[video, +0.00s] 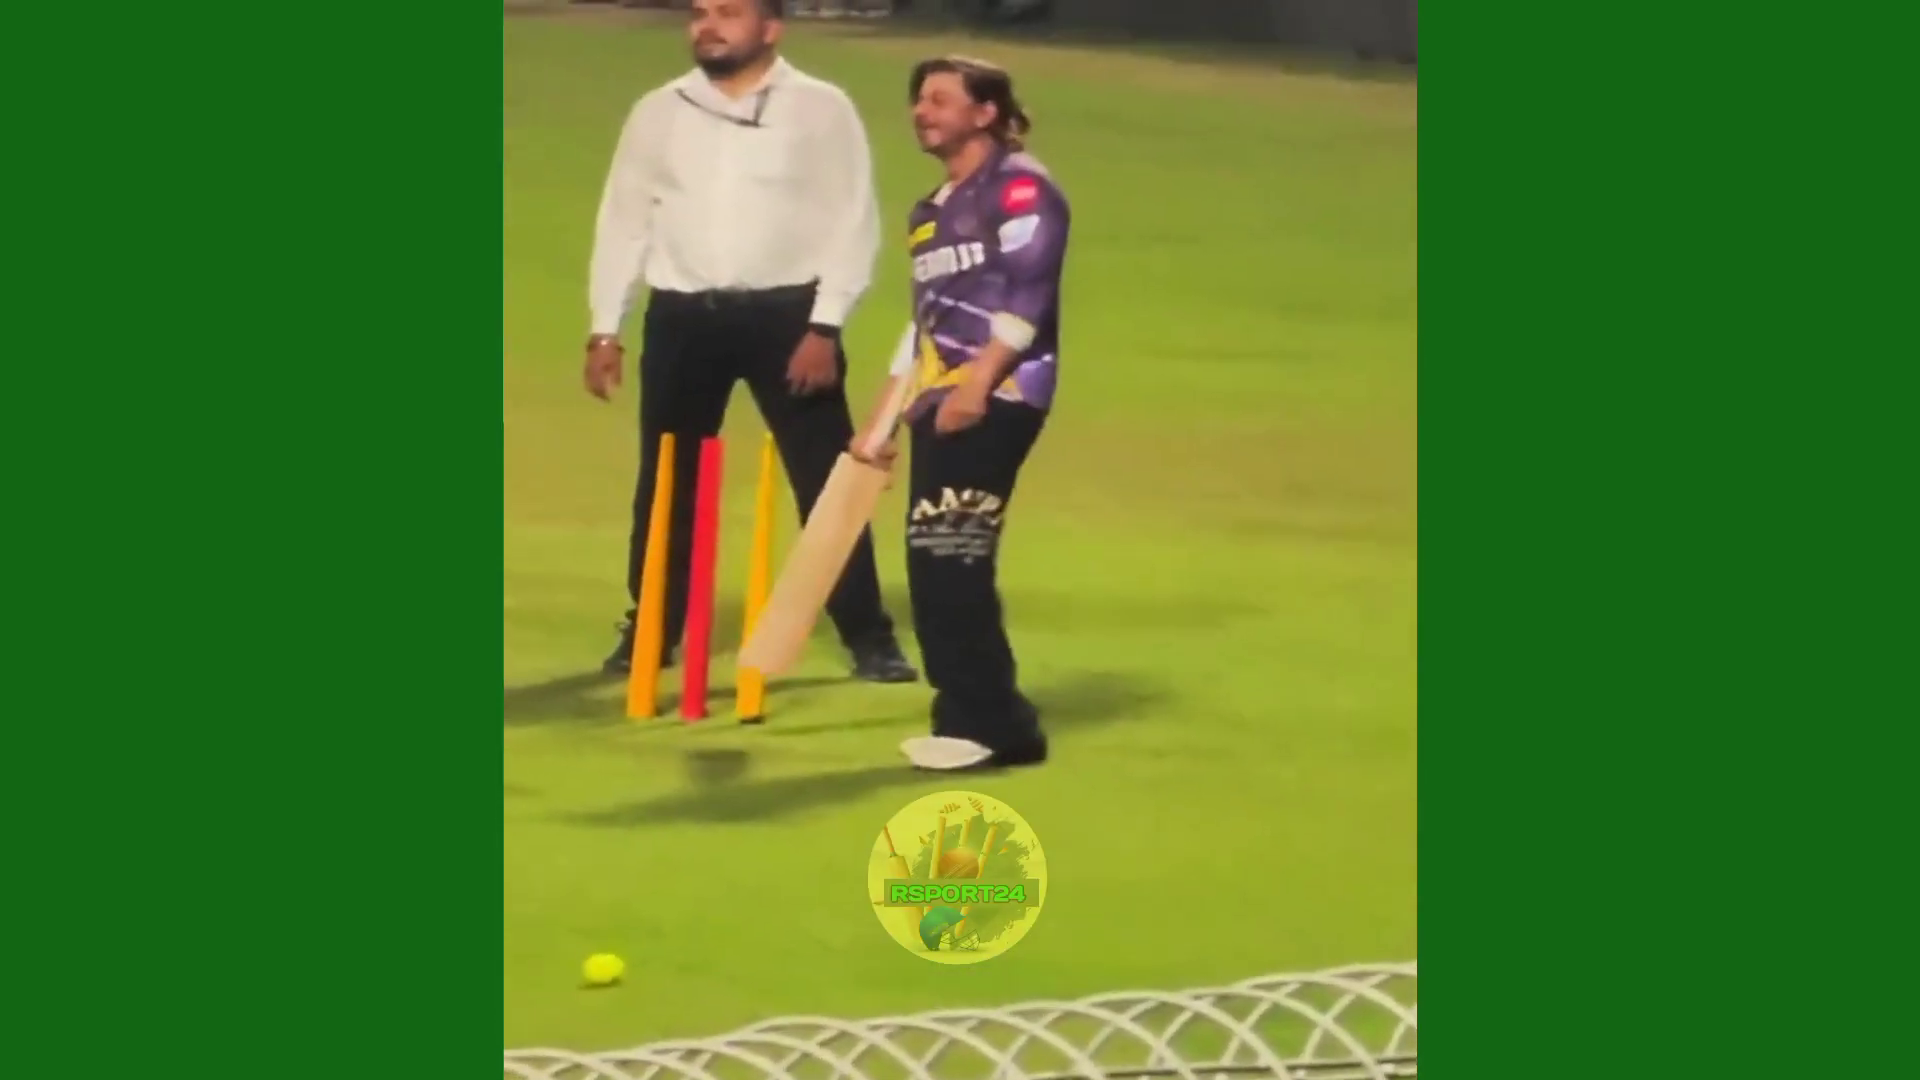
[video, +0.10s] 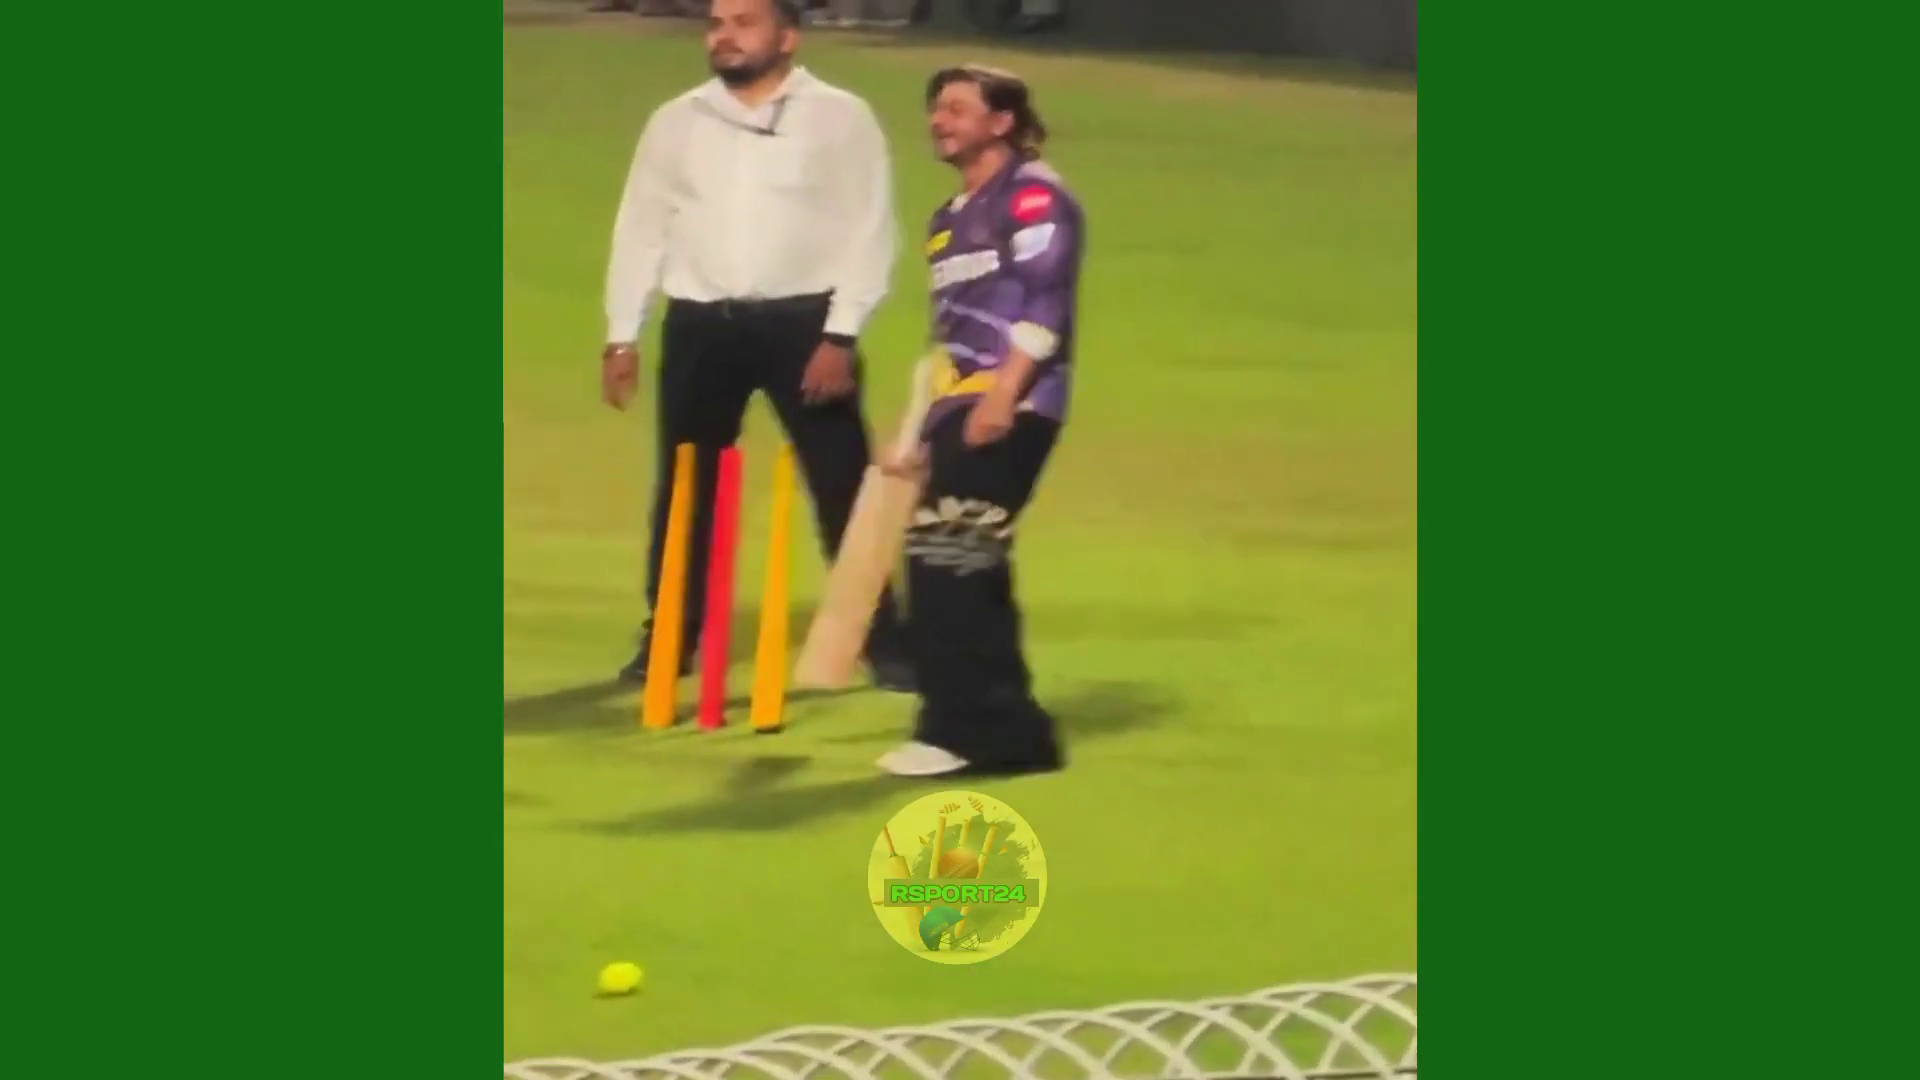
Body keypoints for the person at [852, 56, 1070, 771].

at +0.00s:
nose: (923, 113)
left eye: (939, 102)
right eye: (921, 102)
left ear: (985, 113)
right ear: (922, 115)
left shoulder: (1023, 188)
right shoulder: (928, 211)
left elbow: (1030, 302)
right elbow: (925, 322)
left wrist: (977, 381)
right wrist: (882, 419)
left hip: (999, 394)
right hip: (941, 394)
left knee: (956, 554)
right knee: (930, 554)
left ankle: (989, 725)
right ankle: (971, 718)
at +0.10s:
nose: (940, 121)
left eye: (956, 110)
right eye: (938, 110)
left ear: (1001, 121)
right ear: (938, 123)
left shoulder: (1037, 195)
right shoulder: (947, 218)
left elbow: (1046, 310)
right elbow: (947, 336)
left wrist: (1003, 395)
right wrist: (917, 432)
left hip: (1011, 405)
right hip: (958, 403)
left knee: (945, 549)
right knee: (964, 555)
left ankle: (959, 727)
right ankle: (1009, 726)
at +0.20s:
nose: (958, 131)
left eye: (974, 121)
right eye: (957, 120)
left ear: (1022, 134)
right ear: (962, 137)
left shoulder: (1055, 207)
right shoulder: (975, 226)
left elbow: (1066, 321)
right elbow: (976, 345)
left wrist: (1025, 408)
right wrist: (947, 441)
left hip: (1029, 422)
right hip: (987, 423)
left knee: (944, 571)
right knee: (1000, 582)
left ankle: (937, 738)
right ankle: (1038, 741)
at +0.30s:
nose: (971, 146)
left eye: (987, 134)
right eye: (971, 134)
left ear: (1036, 145)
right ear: (1009, 149)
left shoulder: (1066, 221)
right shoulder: (997, 233)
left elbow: (1075, 332)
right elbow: (1007, 337)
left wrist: (1032, 417)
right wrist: (986, 424)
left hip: (1043, 437)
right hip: (1006, 435)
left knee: (958, 581)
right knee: (1023, 600)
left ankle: (917, 749)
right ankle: (1061, 756)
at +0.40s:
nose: (967, 153)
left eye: (982, 142)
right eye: (970, 141)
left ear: (1031, 153)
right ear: (1013, 157)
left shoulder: (1059, 228)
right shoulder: (1008, 237)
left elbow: (1062, 341)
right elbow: (1016, 343)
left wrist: (1017, 426)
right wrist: (995, 420)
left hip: (1048, 449)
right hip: (1023, 446)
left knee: (956, 590)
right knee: (1035, 617)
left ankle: (893, 754)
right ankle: (1071, 767)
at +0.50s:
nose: (971, 168)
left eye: (985, 156)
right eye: (975, 155)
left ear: (1029, 168)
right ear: (1024, 169)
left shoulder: (1060, 246)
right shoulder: (1020, 247)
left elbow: (1052, 360)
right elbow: (1022, 354)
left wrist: (1004, 441)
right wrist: (1000, 422)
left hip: (1059, 461)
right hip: (1041, 458)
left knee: (962, 602)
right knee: (1050, 628)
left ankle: (892, 765)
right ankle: (1089, 778)